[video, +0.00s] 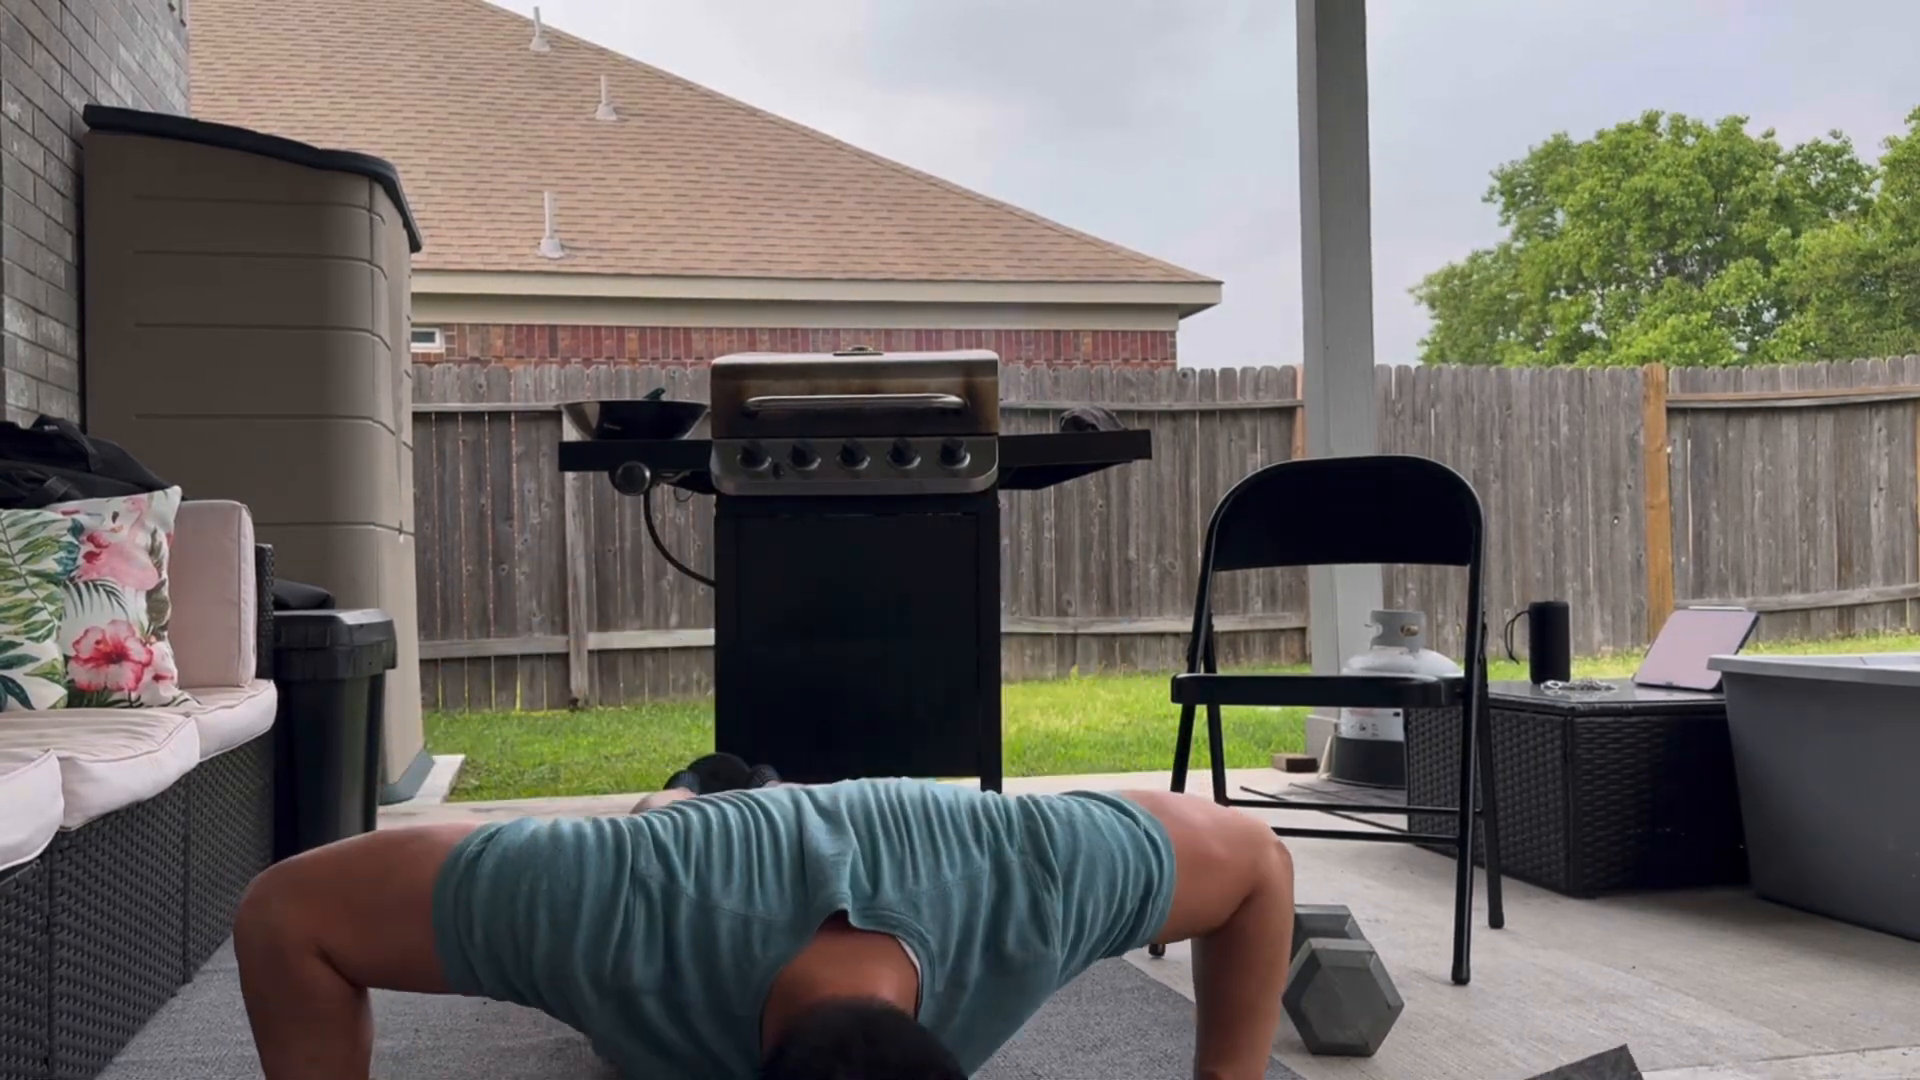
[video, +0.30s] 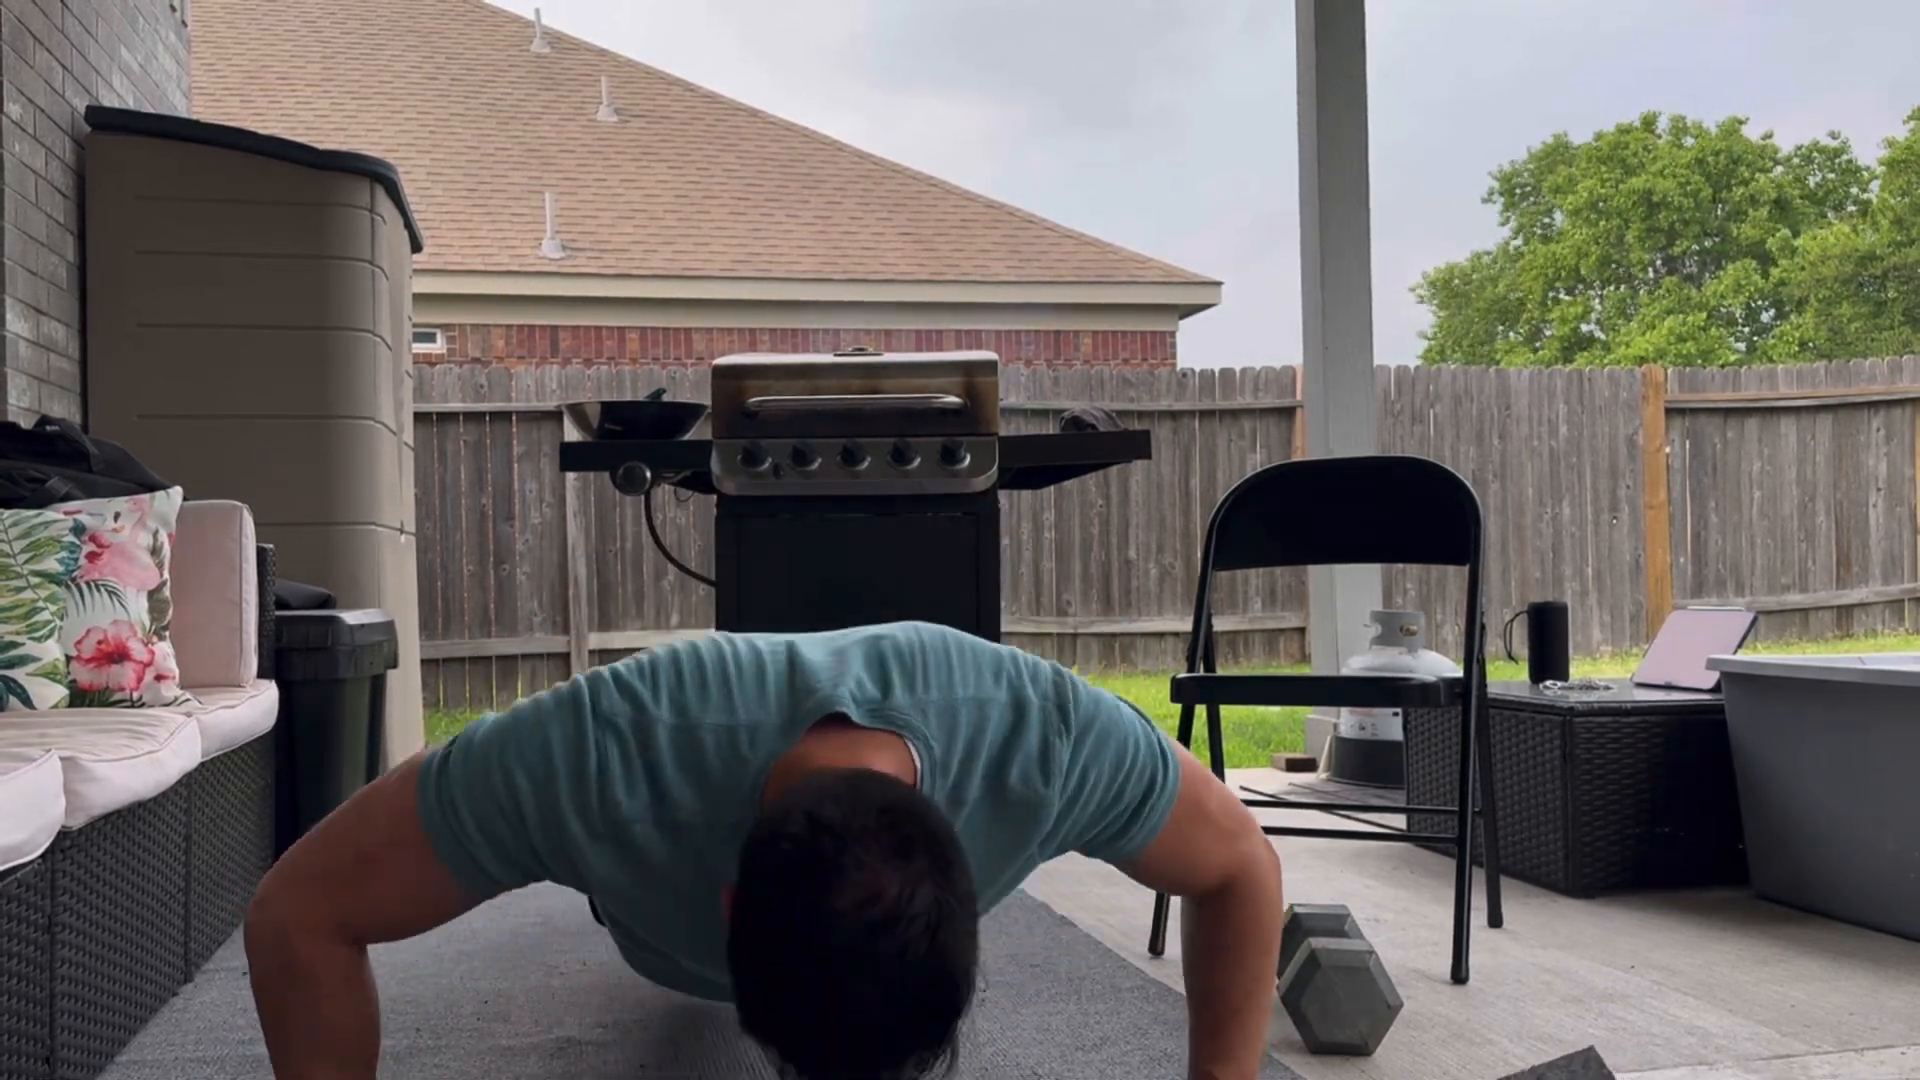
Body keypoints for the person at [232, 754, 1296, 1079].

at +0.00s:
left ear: (940, 1038)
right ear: (754, 1042)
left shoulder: (1042, 881)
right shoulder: (616, 919)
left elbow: (1256, 867)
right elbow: (287, 921)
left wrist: (1231, 1072)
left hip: (911, 813)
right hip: (681, 835)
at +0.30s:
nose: (837, 1077)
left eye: (887, 1060)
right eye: (803, 1048)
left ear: (959, 915)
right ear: (740, 894)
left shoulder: (1051, 747)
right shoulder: (597, 758)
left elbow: (1240, 872)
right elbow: (298, 919)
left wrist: (1226, 1067)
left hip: (939, 863)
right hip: (676, 918)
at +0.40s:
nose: (834, 933)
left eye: (873, 921)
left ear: (962, 787)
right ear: (732, 746)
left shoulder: (1040, 632)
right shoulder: (604, 628)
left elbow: (1191, 853)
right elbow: (374, 891)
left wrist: (1212, 1070)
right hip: (677, 864)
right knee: (679, 909)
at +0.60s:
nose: (833, 1031)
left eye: (879, 1017)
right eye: (794, 995)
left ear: (972, 855)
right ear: (742, 850)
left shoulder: (1045, 709)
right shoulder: (610, 712)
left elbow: (1222, 869)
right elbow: (328, 908)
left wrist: (1221, 1069)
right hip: (675, 914)